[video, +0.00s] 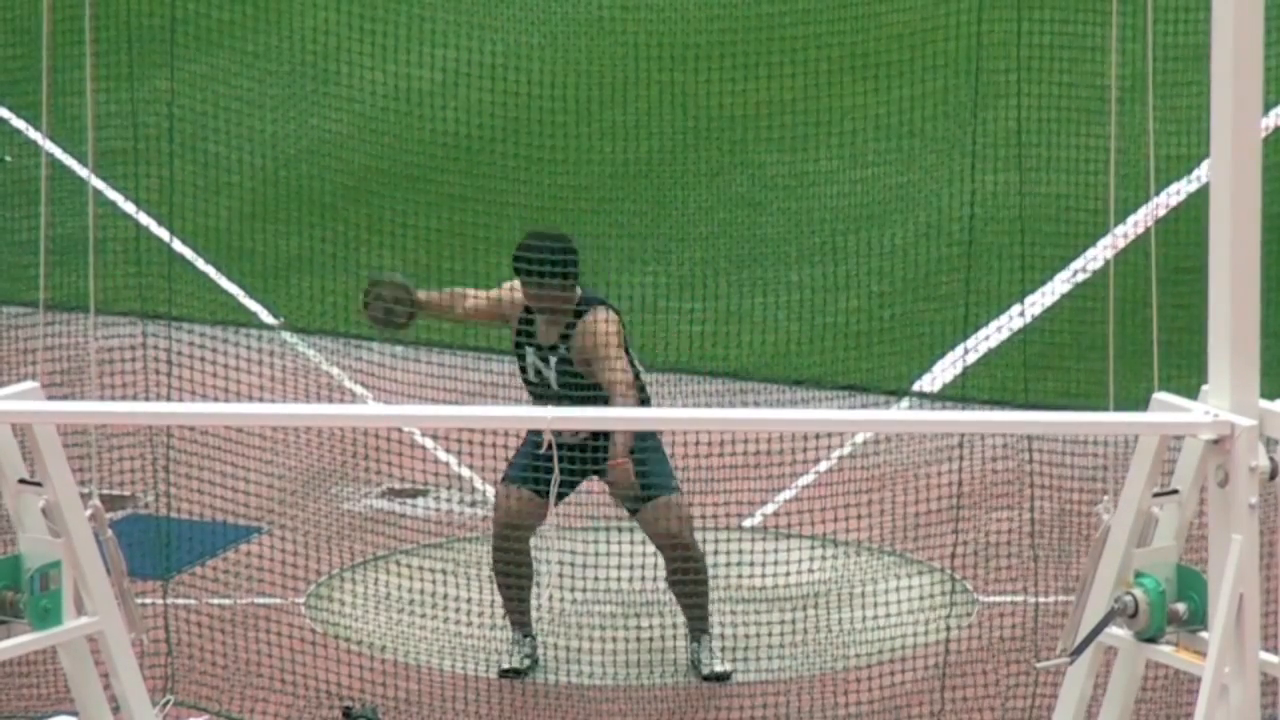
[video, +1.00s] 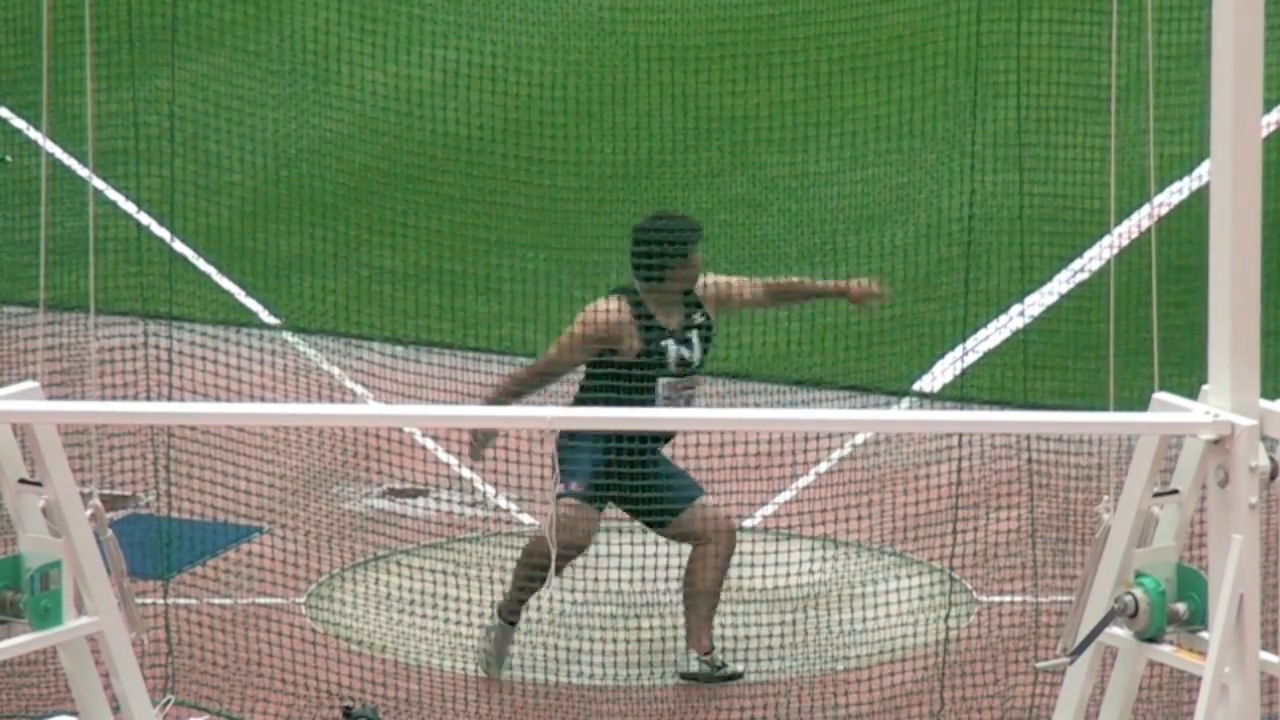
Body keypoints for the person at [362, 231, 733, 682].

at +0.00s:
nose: (542, 296)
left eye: (551, 288)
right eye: (534, 287)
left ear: (569, 286)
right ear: (524, 283)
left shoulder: (598, 323)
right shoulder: (515, 301)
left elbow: (624, 393)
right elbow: (463, 304)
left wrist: (621, 454)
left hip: (621, 434)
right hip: (558, 433)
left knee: (676, 536)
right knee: (508, 524)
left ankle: (702, 641)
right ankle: (522, 641)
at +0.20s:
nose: (514, 278)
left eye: (522, 270)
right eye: (509, 268)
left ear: (546, 266)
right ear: (505, 263)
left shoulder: (566, 314)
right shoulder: (526, 273)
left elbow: (558, 390)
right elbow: (515, 205)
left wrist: (519, 440)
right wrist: (509, 168)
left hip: (609, 429)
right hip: (553, 427)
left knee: (655, 539)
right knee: (508, 517)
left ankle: (699, 640)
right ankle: (522, 640)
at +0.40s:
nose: (504, 265)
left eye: (514, 258)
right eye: (503, 257)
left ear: (540, 258)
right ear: (506, 251)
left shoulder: (554, 309)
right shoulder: (540, 237)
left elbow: (520, 379)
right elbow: (551, 176)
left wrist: (459, 419)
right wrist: (568, 115)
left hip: (608, 421)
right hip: (547, 418)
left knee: (646, 529)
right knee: (516, 515)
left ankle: (701, 637)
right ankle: (524, 639)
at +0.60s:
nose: (522, 275)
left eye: (533, 267)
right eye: (517, 265)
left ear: (555, 263)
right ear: (513, 254)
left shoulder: (570, 311)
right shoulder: (538, 244)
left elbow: (540, 381)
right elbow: (544, 178)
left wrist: (479, 425)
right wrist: (548, 118)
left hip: (621, 416)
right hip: (559, 414)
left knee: (660, 527)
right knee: (523, 514)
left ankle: (702, 637)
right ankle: (527, 638)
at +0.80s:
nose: (597, 277)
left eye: (604, 268)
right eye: (587, 268)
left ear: (616, 267)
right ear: (568, 266)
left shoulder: (629, 316)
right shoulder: (548, 276)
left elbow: (658, 375)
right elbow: (511, 245)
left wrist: (666, 427)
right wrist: (481, 218)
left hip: (631, 425)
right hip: (564, 421)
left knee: (693, 513)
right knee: (522, 517)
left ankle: (687, 644)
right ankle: (528, 641)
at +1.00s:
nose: (701, 261)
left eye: (698, 254)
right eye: (693, 255)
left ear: (671, 265)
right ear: (667, 266)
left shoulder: (706, 296)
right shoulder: (611, 317)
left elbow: (772, 292)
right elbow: (538, 374)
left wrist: (842, 289)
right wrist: (484, 417)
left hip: (641, 452)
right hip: (589, 445)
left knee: (717, 532)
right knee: (571, 534)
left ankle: (698, 655)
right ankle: (504, 620)